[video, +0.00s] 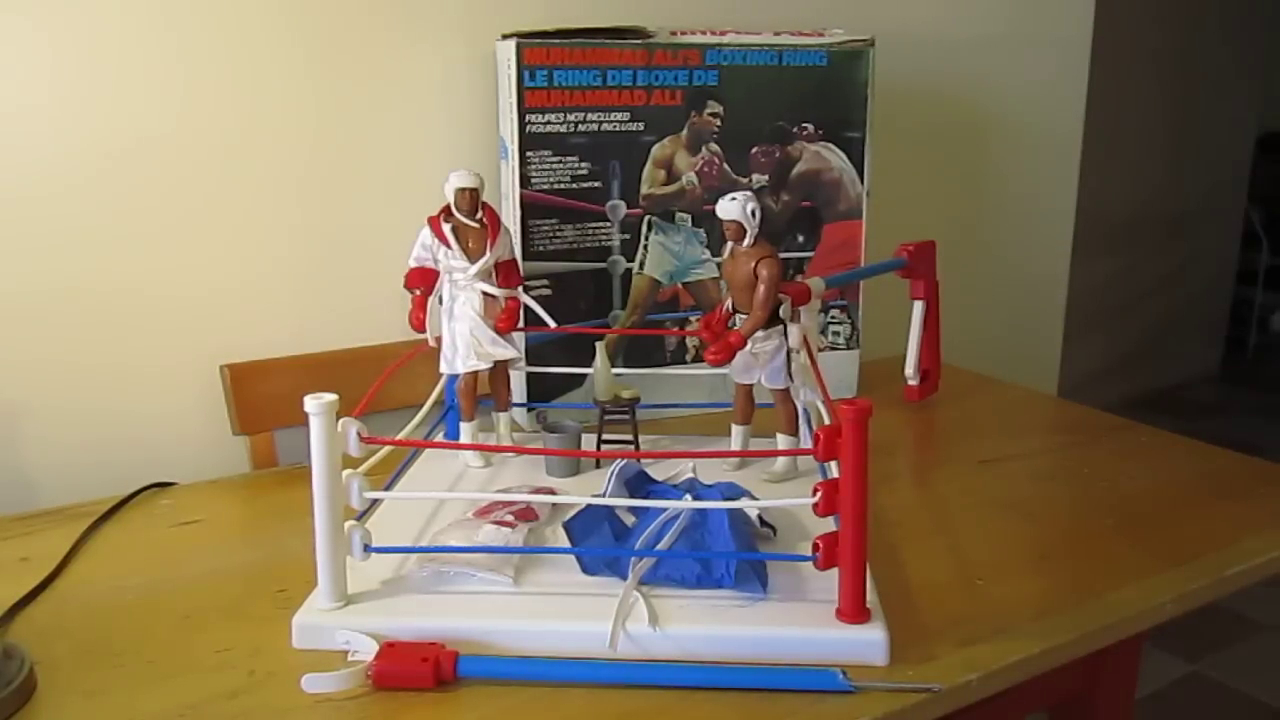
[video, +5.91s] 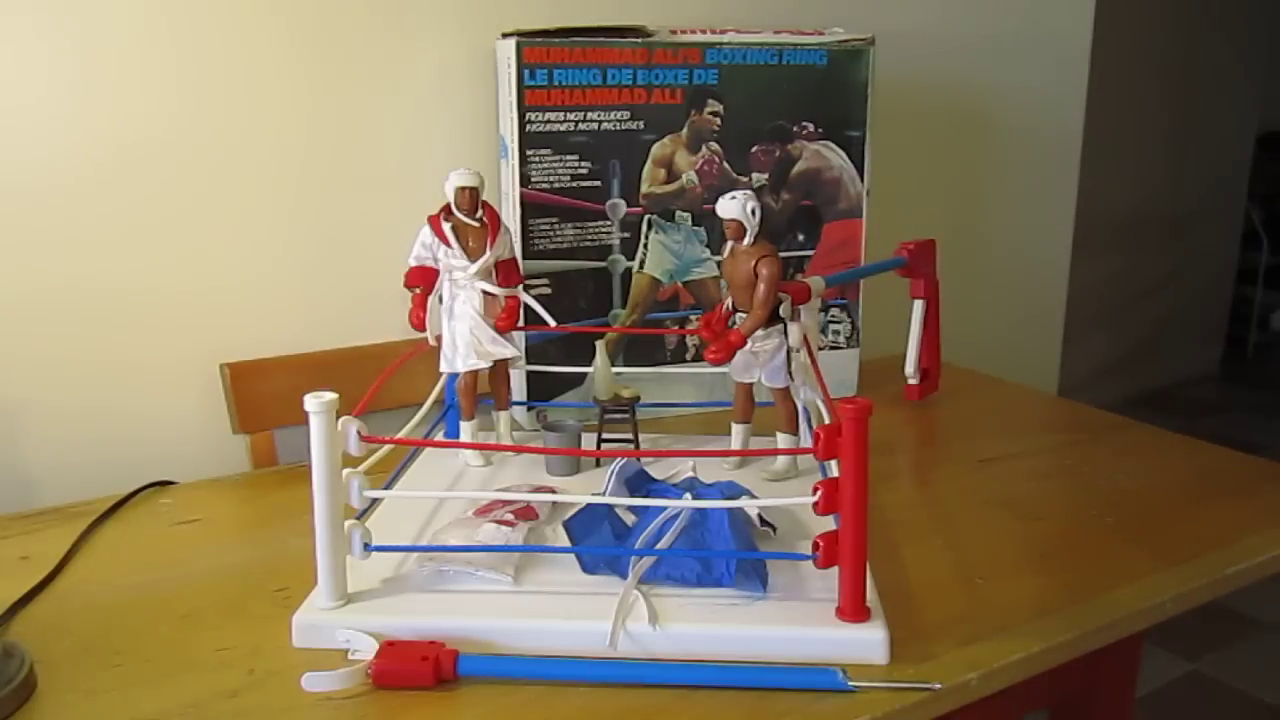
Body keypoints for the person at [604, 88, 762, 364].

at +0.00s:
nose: (719, 123)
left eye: (720, 117)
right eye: (713, 116)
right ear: (693, 117)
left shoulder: (712, 151)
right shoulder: (665, 149)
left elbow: (729, 182)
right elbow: (646, 198)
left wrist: (752, 181)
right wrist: (682, 184)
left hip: (693, 237)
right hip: (659, 235)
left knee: (718, 310)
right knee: (635, 315)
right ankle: (597, 374)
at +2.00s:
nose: (718, 122)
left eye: (720, 116)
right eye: (713, 115)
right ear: (694, 115)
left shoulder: (712, 151)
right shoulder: (665, 148)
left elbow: (731, 181)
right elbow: (646, 197)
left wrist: (752, 181)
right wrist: (682, 184)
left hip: (693, 237)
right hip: (660, 235)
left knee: (719, 309)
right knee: (635, 315)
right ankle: (597, 371)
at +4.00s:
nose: (719, 122)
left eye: (721, 116)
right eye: (713, 115)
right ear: (694, 114)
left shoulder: (712, 150)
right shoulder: (664, 148)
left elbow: (732, 182)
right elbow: (647, 195)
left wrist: (754, 181)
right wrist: (681, 183)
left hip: (694, 237)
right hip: (660, 235)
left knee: (718, 309)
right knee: (635, 314)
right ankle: (596, 374)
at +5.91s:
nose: (718, 122)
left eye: (720, 116)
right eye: (713, 114)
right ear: (694, 114)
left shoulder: (712, 150)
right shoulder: (665, 148)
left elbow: (731, 182)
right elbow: (646, 196)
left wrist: (754, 181)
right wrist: (683, 183)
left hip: (693, 236)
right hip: (660, 234)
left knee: (718, 309)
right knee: (635, 313)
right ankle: (596, 373)